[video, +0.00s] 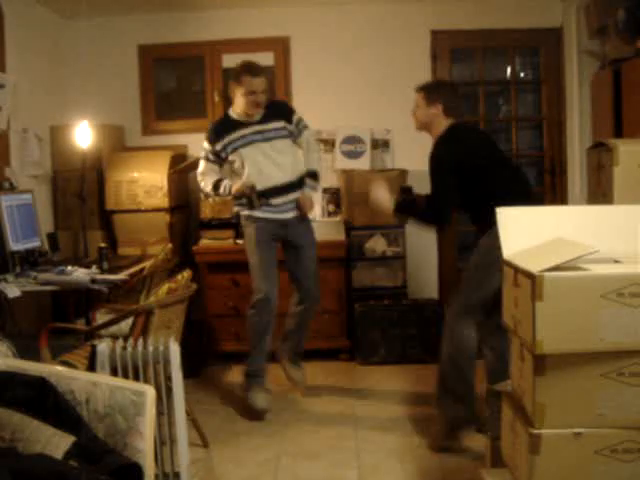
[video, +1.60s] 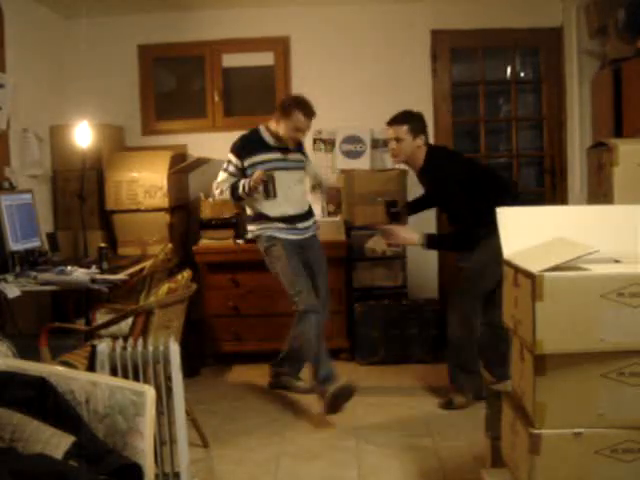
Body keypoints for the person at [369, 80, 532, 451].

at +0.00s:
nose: (413, 113)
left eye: (418, 106)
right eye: (415, 105)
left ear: (437, 109)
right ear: (440, 109)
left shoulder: (447, 148)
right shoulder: (471, 136)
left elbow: (440, 214)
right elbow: (451, 205)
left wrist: (396, 204)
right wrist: (410, 198)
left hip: (500, 232)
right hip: (524, 226)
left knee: (462, 314)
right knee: (496, 323)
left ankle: (456, 415)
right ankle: (501, 416)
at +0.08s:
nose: (417, 124)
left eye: (422, 117)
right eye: (419, 117)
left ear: (440, 120)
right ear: (445, 120)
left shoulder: (447, 160)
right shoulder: (480, 145)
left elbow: (434, 232)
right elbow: (475, 201)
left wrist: (389, 238)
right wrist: (423, 206)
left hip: (501, 246)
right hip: (531, 237)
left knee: (469, 337)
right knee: (501, 338)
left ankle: (466, 440)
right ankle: (507, 431)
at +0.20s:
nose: (412, 127)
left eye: (415, 120)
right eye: (412, 120)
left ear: (435, 119)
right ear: (441, 119)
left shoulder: (442, 155)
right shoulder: (480, 139)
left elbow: (419, 215)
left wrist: (392, 264)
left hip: (500, 231)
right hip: (535, 226)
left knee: (450, 293)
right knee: (511, 314)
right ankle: (503, 400)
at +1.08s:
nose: (391, 150)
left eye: (393, 143)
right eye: (389, 144)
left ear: (413, 140)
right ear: (419, 138)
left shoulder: (424, 174)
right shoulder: (461, 145)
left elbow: (453, 232)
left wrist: (411, 241)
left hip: (487, 236)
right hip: (520, 223)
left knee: (443, 263)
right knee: (495, 313)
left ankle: (451, 341)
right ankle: (478, 395)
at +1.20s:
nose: (389, 154)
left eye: (392, 147)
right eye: (387, 148)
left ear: (413, 143)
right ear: (415, 144)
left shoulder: (436, 164)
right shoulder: (444, 157)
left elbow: (444, 225)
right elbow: (441, 215)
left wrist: (398, 213)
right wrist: (399, 208)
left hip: (499, 229)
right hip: (511, 225)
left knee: (434, 249)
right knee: (485, 300)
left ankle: (455, 321)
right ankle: (489, 383)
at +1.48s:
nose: (390, 149)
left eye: (395, 141)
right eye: (389, 142)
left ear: (417, 139)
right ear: (416, 141)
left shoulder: (436, 164)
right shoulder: (436, 161)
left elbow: (415, 225)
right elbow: (415, 222)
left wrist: (368, 249)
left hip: (510, 220)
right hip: (514, 217)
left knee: (453, 273)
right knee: (490, 296)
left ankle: (464, 367)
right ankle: (499, 378)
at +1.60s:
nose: (391, 149)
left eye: (396, 141)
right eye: (389, 142)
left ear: (418, 140)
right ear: (414, 141)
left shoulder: (445, 168)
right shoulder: (428, 163)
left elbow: (466, 240)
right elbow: (437, 197)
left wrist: (420, 239)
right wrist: (403, 211)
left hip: (498, 234)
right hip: (482, 232)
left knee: (464, 307)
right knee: (487, 306)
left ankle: (467, 386)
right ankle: (500, 371)